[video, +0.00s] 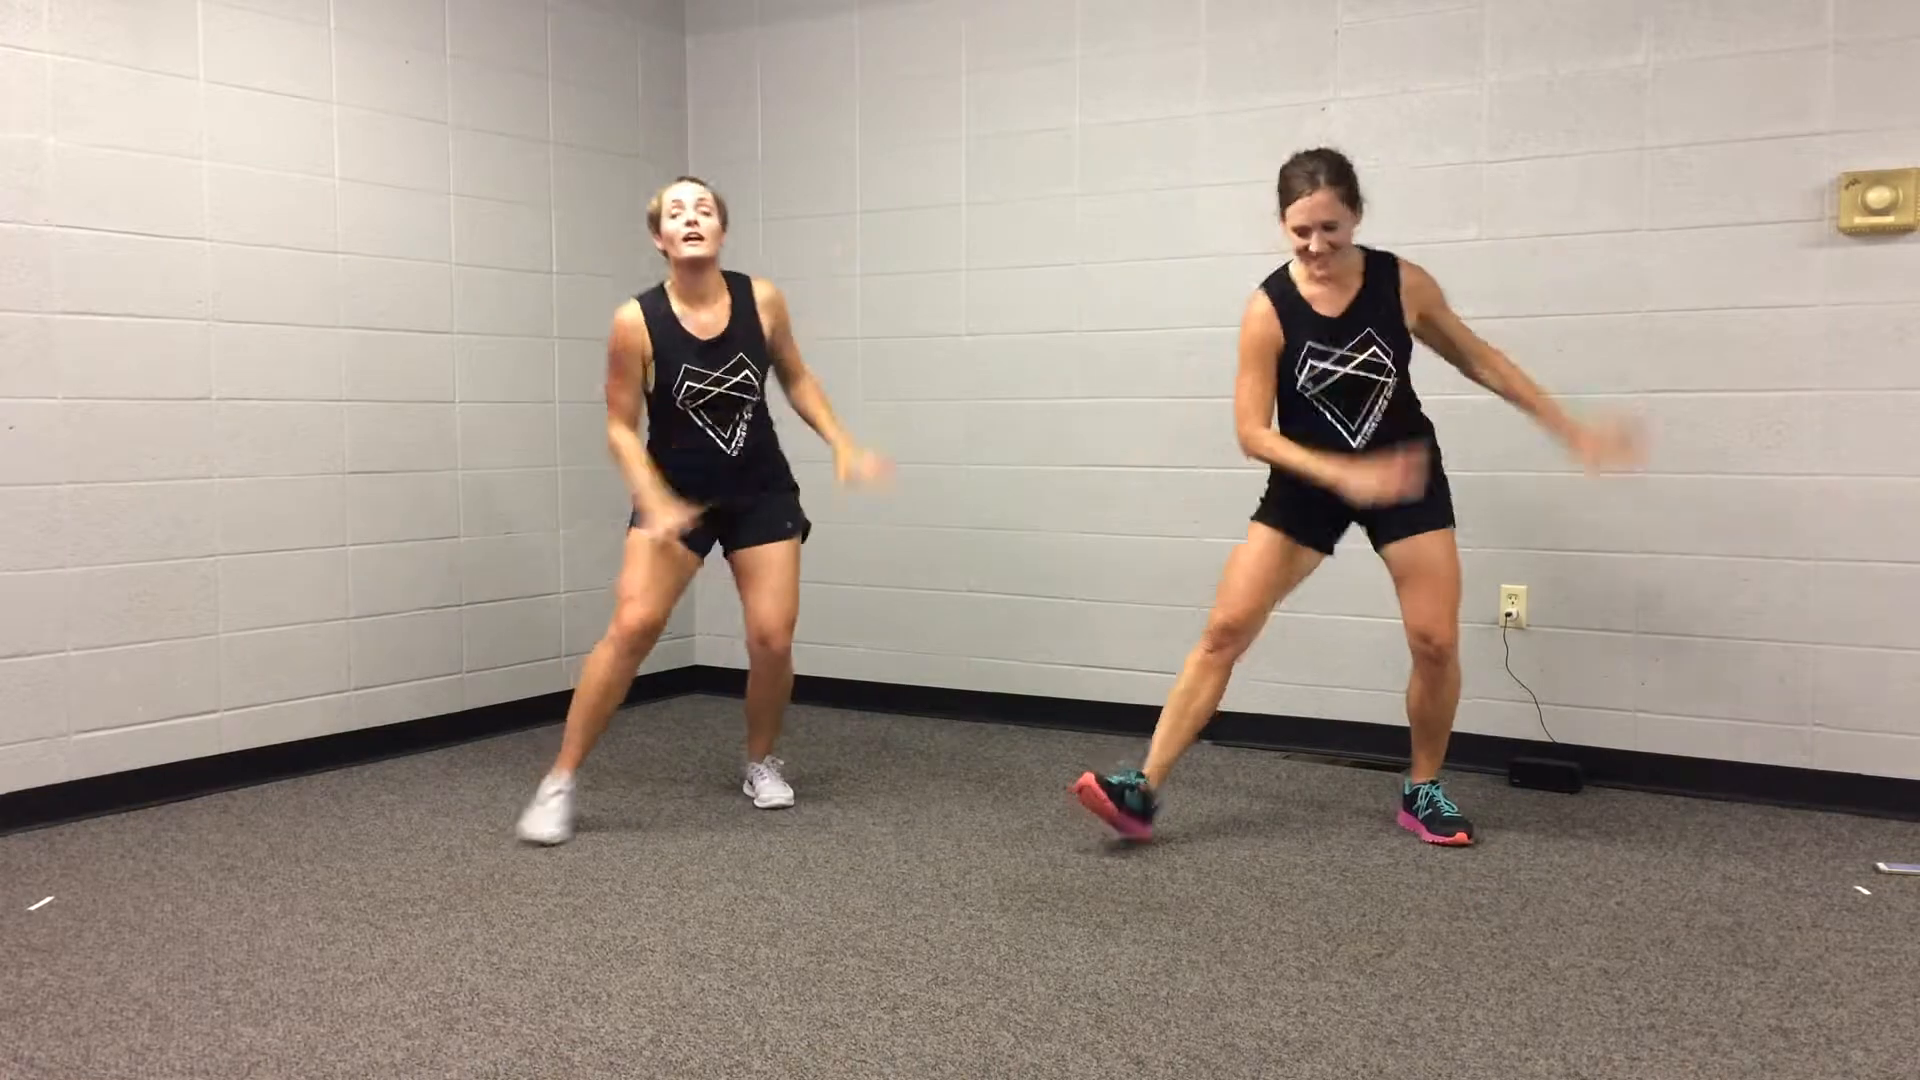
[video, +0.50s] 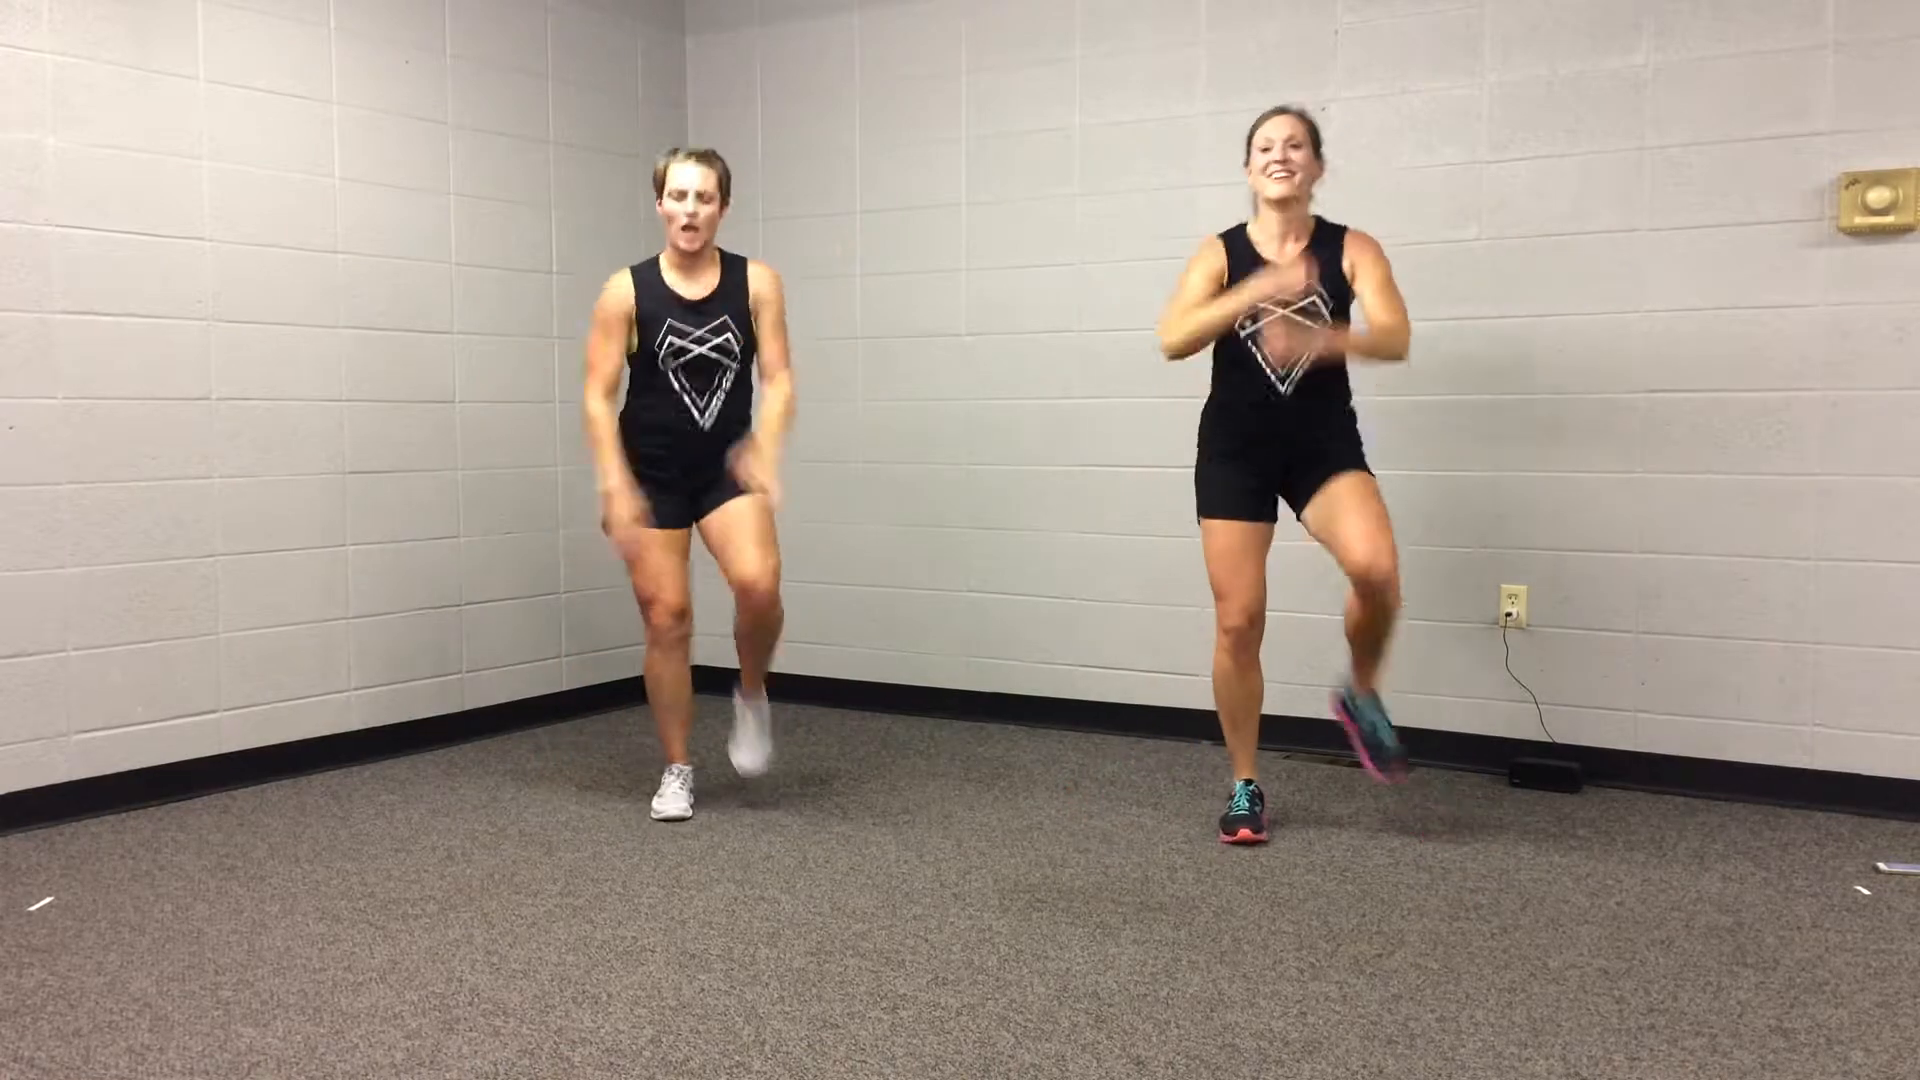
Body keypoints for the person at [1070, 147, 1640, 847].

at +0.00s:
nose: (1317, 244)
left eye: (1331, 228)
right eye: (1303, 230)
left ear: (1356, 216)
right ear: (1283, 224)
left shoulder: (1403, 286)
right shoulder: (1268, 311)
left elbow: (1479, 359)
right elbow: (1254, 435)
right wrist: (1342, 474)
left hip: (1401, 468)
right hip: (1307, 475)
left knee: (1435, 641)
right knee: (1224, 630)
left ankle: (1424, 789)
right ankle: (1144, 786)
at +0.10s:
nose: (1320, 215)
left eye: (1332, 198)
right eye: (1305, 202)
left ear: (1361, 186)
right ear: (1290, 200)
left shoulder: (1413, 263)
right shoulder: (1276, 281)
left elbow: (1483, 366)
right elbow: (1255, 401)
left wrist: (1511, 466)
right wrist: (1262, 504)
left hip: (1388, 456)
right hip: (1293, 456)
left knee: (1419, 622)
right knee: (1221, 600)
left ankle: (1424, 786)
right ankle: (1190, 773)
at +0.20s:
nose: (1315, 182)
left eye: (1327, 165)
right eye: (1300, 171)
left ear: (1360, 158)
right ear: (1287, 173)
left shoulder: (1409, 238)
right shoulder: (1268, 254)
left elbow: (1459, 351)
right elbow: (1227, 361)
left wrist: (1409, 427)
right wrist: (1190, 449)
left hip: (1364, 439)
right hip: (1272, 432)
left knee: (1390, 614)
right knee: (1236, 596)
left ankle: (1420, 784)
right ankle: (1229, 769)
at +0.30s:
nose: (1307, 172)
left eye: (1319, 156)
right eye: (1293, 161)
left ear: (1351, 157)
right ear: (1280, 170)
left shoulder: (1394, 249)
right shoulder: (1257, 250)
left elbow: (1410, 373)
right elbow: (1204, 354)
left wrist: (1346, 447)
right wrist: (1174, 448)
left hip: (1345, 452)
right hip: (1254, 448)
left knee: (1374, 624)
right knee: (1245, 614)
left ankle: (1418, 784)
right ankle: (1241, 783)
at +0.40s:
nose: (1297, 157)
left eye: (1310, 145)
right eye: (1283, 147)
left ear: (1335, 159)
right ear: (1265, 163)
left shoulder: (1368, 253)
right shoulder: (1234, 254)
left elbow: (1382, 370)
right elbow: (1166, 351)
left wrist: (1329, 454)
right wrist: (1220, 403)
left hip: (1335, 447)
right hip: (1244, 448)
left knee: (1378, 621)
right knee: (1239, 613)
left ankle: (1409, 777)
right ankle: (1242, 782)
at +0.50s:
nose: (1280, 156)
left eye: (1295, 146)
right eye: (1267, 148)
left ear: (1318, 168)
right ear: (1248, 171)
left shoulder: (1353, 250)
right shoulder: (1219, 253)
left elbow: (1394, 337)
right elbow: (1174, 338)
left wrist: (1323, 339)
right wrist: (1255, 289)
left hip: (1323, 444)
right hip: (1235, 448)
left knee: (1377, 570)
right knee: (1238, 624)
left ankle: (1362, 692)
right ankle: (1244, 783)